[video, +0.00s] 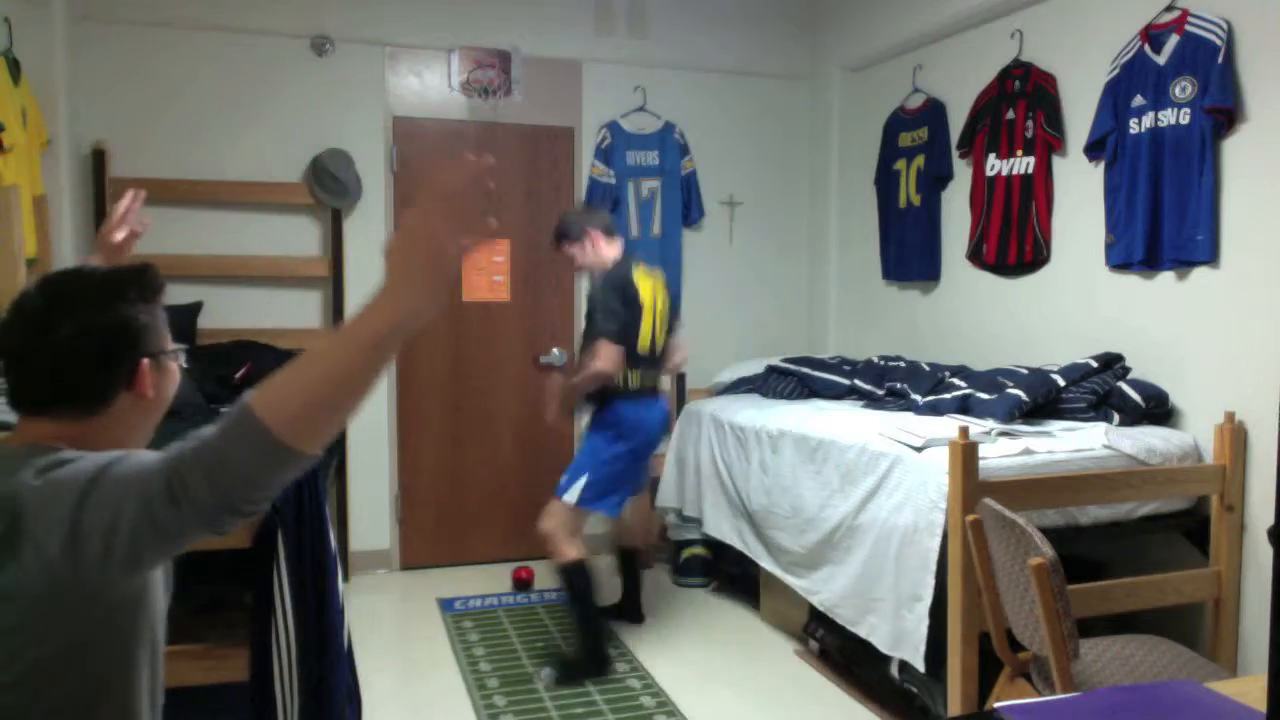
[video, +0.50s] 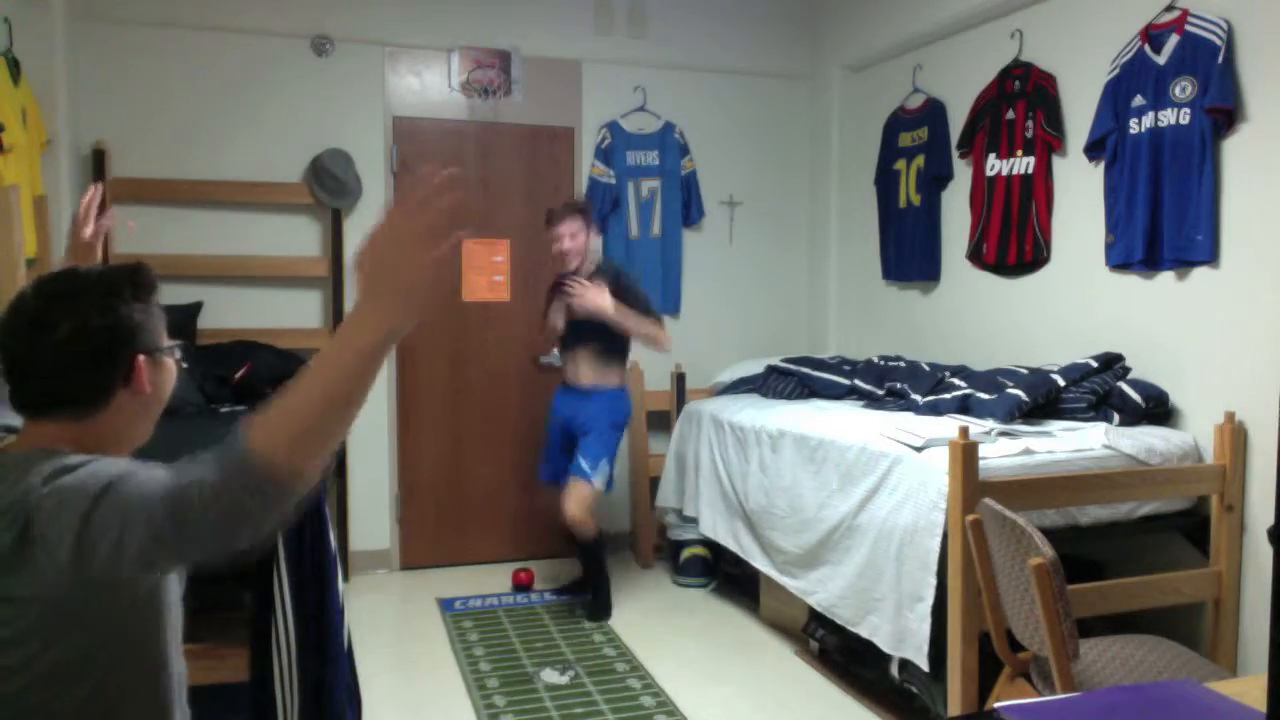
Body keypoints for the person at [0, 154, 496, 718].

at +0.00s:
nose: (180, 370)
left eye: (175, 353)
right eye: (174, 356)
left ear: (25, 365)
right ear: (142, 381)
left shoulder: (21, 475)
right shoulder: (77, 502)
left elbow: (44, 367)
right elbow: (226, 469)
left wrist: (93, 279)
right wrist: (402, 302)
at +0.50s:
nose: (175, 367)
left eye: (169, 349)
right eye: (169, 351)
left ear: (29, 366)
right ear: (138, 376)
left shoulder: (17, 477)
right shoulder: (86, 503)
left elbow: (44, 371)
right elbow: (254, 482)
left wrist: (73, 283)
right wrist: (379, 313)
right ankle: (318, 702)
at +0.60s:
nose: (181, 370)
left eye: (177, 354)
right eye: (171, 355)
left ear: (40, 368)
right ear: (133, 375)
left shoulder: (22, 483)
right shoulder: (92, 513)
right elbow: (249, 602)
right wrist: (345, 416)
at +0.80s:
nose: (137, 386)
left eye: (148, 359)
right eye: (101, 365)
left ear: (169, 361)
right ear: (16, 377)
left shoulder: (99, 480)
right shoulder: (16, 513)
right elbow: (26, 709)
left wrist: (204, 646)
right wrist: (239, 679)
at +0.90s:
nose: (101, 394)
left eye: (123, 366)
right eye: (67, 372)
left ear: (159, 368)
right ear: (9, 380)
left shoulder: (111, 482)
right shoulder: (10, 511)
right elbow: (6, 694)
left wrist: (172, 706)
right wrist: (74, 706)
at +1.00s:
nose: (66, 404)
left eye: (95, 375)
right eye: (32, 378)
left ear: (139, 374)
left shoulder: (108, 494)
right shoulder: (10, 512)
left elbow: (104, 640)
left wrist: (212, 711)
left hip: (101, 710)